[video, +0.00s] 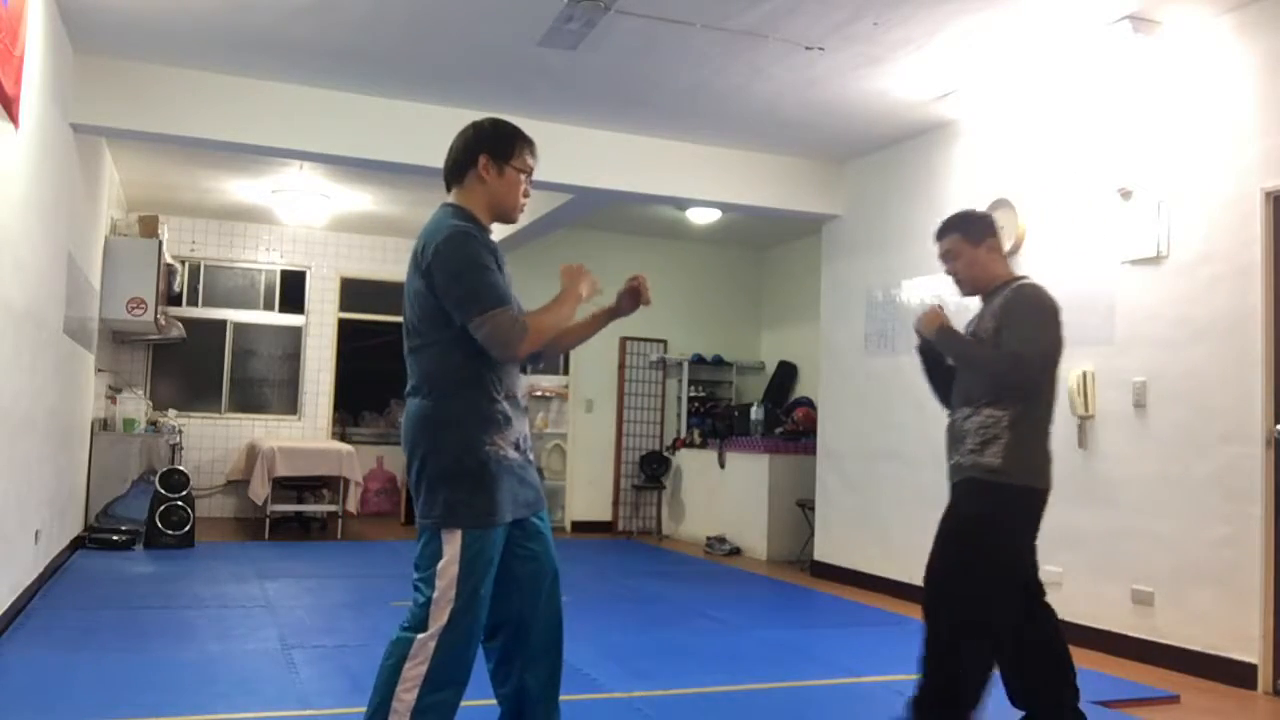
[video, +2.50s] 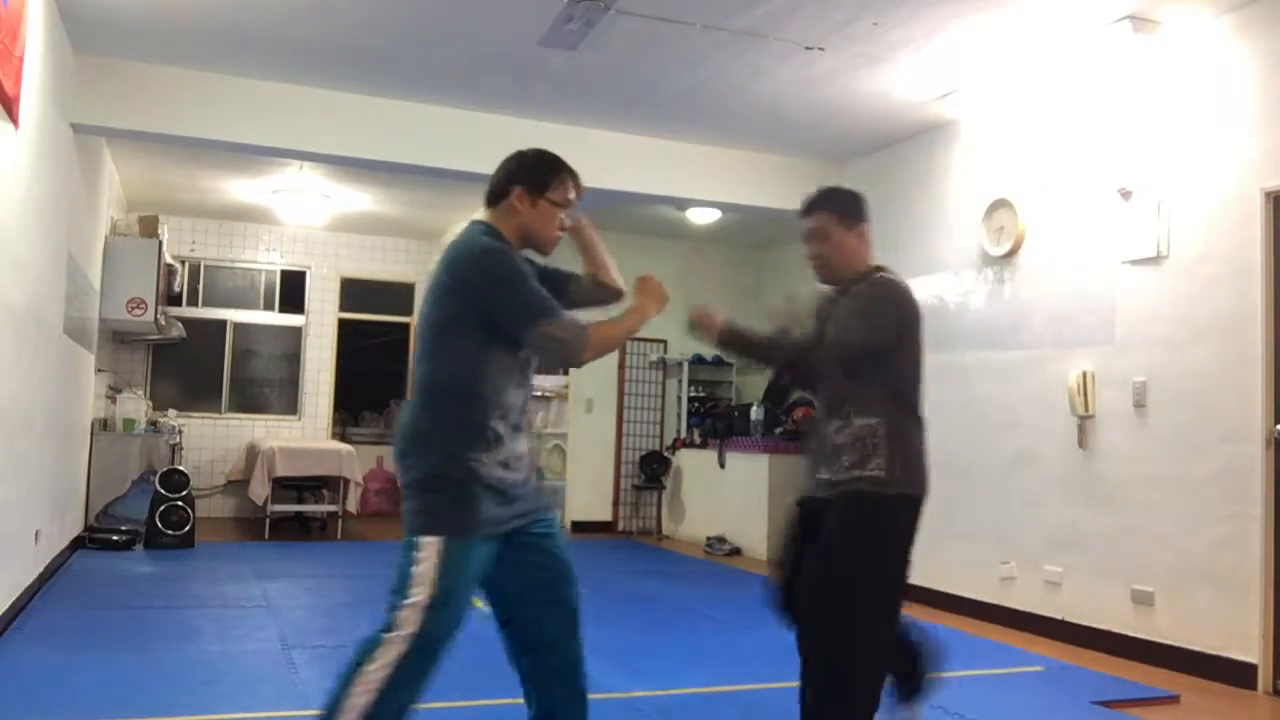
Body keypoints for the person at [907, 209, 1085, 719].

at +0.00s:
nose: (949, 273)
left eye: (953, 259)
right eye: (945, 264)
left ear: (989, 246)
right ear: (975, 255)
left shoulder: (1027, 301)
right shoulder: (985, 319)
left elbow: (1015, 373)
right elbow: (957, 396)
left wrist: (945, 336)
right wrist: (930, 346)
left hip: (1004, 481)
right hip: (979, 480)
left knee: (951, 596)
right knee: (1014, 604)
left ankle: (938, 710)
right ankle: (1056, 710)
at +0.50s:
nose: (823, 254)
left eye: (828, 239)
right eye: (819, 243)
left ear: (865, 229)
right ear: (868, 235)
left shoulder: (888, 280)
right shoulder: (922, 284)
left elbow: (808, 326)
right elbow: (899, 382)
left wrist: (709, 320)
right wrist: (847, 356)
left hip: (912, 476)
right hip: (953, 472)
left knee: (871, 608)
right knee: (944, 614)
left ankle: (888, 713)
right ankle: (972, 712)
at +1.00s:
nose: (909, 260)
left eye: (918, 249)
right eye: (908, 251)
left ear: (954, 250)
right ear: (944, 255)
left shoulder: (972, 310)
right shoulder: (953, 311)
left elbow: (983, 397)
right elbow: (963, 395)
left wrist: (923, 455)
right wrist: (915, 408)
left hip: (967, 492)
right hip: (962, 488)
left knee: (924, 614)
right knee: (992, 620)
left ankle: (890, 712)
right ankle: (1038, 711)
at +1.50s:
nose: (965, 239)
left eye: (976, 229)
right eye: (964, 231)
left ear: (1013, 236)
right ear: (974, 242)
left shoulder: (1037, 302)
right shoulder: (971, 315)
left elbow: (1034, 380)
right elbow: (966, 389)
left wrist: (947, 382)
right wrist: (935, 381)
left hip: (1014, 476)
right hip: (974, 476)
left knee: (958, 580)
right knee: (1010, 592)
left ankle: (972, 705)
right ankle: (1041, 707)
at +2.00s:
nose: (930, 264)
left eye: (936, 250)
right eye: (926, 255)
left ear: (971, 242)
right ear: (960, 251)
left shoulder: (1010, 299)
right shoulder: (961, 318)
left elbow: (970, 351)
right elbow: (932, 391)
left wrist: (897, 322)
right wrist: (897, 346)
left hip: (993, 480)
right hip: (957, 480)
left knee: (931, 580)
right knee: (979, 594)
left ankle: (954, 708)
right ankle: (1022, 711)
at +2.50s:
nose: (812, 250)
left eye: (821, 237)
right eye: (807, 240)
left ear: (859, 234)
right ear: (808, 242)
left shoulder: (884, 296)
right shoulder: (836, 304)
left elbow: (825, 356)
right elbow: (817, 368)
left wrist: (727, 334)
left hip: (880, 487)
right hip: (836, 484)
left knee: (845, 611)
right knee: (801, 594)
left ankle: (835, 710)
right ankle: (902, 654)